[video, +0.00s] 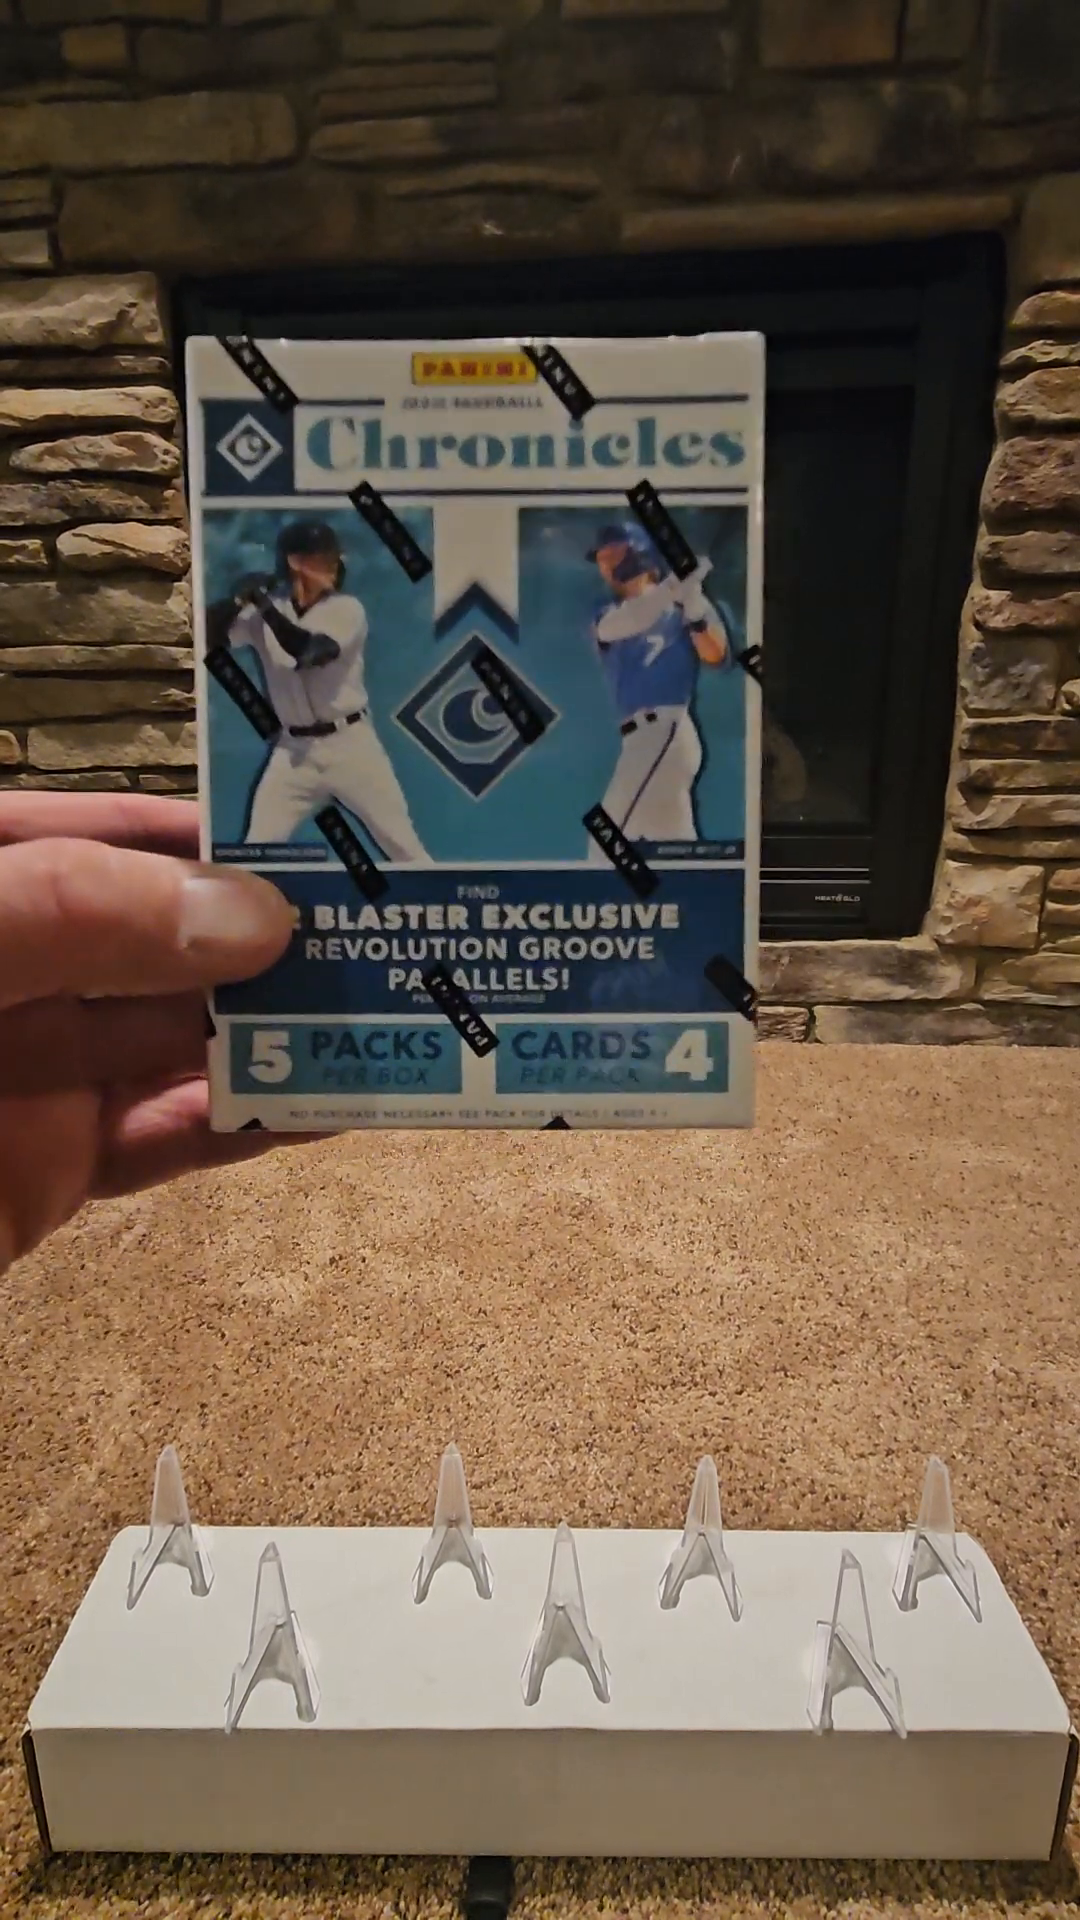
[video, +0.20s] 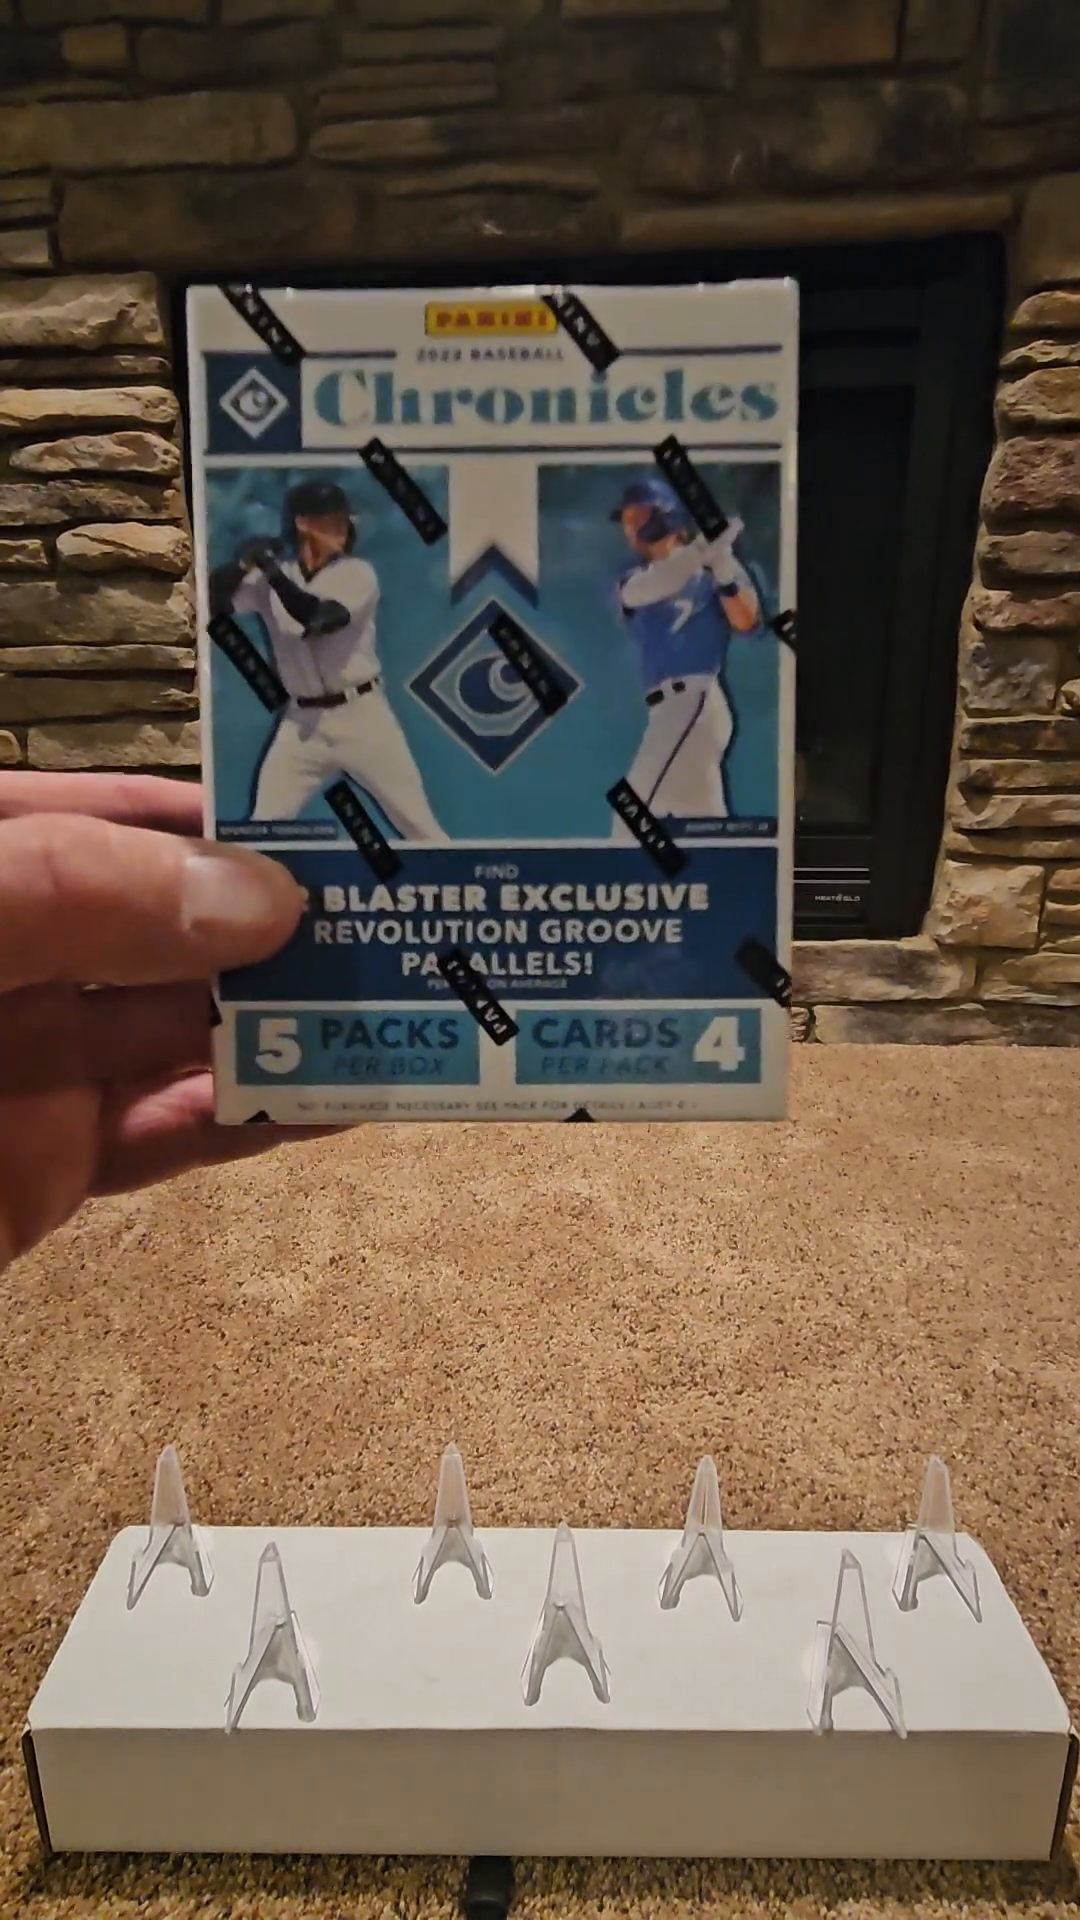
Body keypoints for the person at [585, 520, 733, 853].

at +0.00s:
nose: (605, 566)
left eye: (612, 555)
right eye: (601, 559)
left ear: (638, 557)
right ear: (598, 565)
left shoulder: (685, 603)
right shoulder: (607, 614)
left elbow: (716, 656)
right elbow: (629, 622)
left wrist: (694, 605)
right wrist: (671, 589)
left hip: (667, 733)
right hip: (639, 737)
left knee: (607, 839)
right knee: (676, 851)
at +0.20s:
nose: (631, 531)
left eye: (639, 519)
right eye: (627, 522)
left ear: (665, 520)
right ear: (624, 528)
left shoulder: (715, 566)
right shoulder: (632, 578)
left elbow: (747, 623)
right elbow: (645, 591)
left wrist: (724, 567)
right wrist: (703, 548)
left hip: (695, 703)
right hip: (667, 708)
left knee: (633, 814)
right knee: (704, 828)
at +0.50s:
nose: (679, 509)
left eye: (688, 496)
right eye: (674, 500)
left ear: (717, 497)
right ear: (670, 506)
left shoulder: (769, 547)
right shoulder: (680, 562)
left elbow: (801, 609)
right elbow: (698, 572)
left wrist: (777, 546)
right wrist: (757, 528)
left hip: (744, 697)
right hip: (713, 702)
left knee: (676, 816)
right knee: (753, 832)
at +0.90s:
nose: (683, 554)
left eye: (692, 541)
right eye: (678, 545)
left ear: (719, 544)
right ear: (675, 555)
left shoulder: (763, 590)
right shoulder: (686, 607)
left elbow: (800, 651)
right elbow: (692, 620)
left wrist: (776, 589)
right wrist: (755, 576)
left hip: (746, 733)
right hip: (714, 737)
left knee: (680, 849)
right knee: (749, 863)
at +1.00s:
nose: (668, 609)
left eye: (676, 597)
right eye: (663, 601)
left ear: (705, 600)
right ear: (660, 608)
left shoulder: (754, 649)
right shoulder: (665, 660)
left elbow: (783, 708)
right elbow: (687, 670)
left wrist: (761, 650)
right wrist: (738, 632)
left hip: (728, 787)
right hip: (698, 792)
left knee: (661, 897)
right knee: (735, 913)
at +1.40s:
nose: (675, 641)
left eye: (683, 630)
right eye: (669, 634)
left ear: (709, 630)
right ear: (664, 640)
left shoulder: (757, 678)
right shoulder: (672, 691)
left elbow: (790, 736)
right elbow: (694, 701)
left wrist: (766, 680)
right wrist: (744, 662)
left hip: (738, 819)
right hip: (708, 824)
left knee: (673, 925)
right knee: (750, 944)